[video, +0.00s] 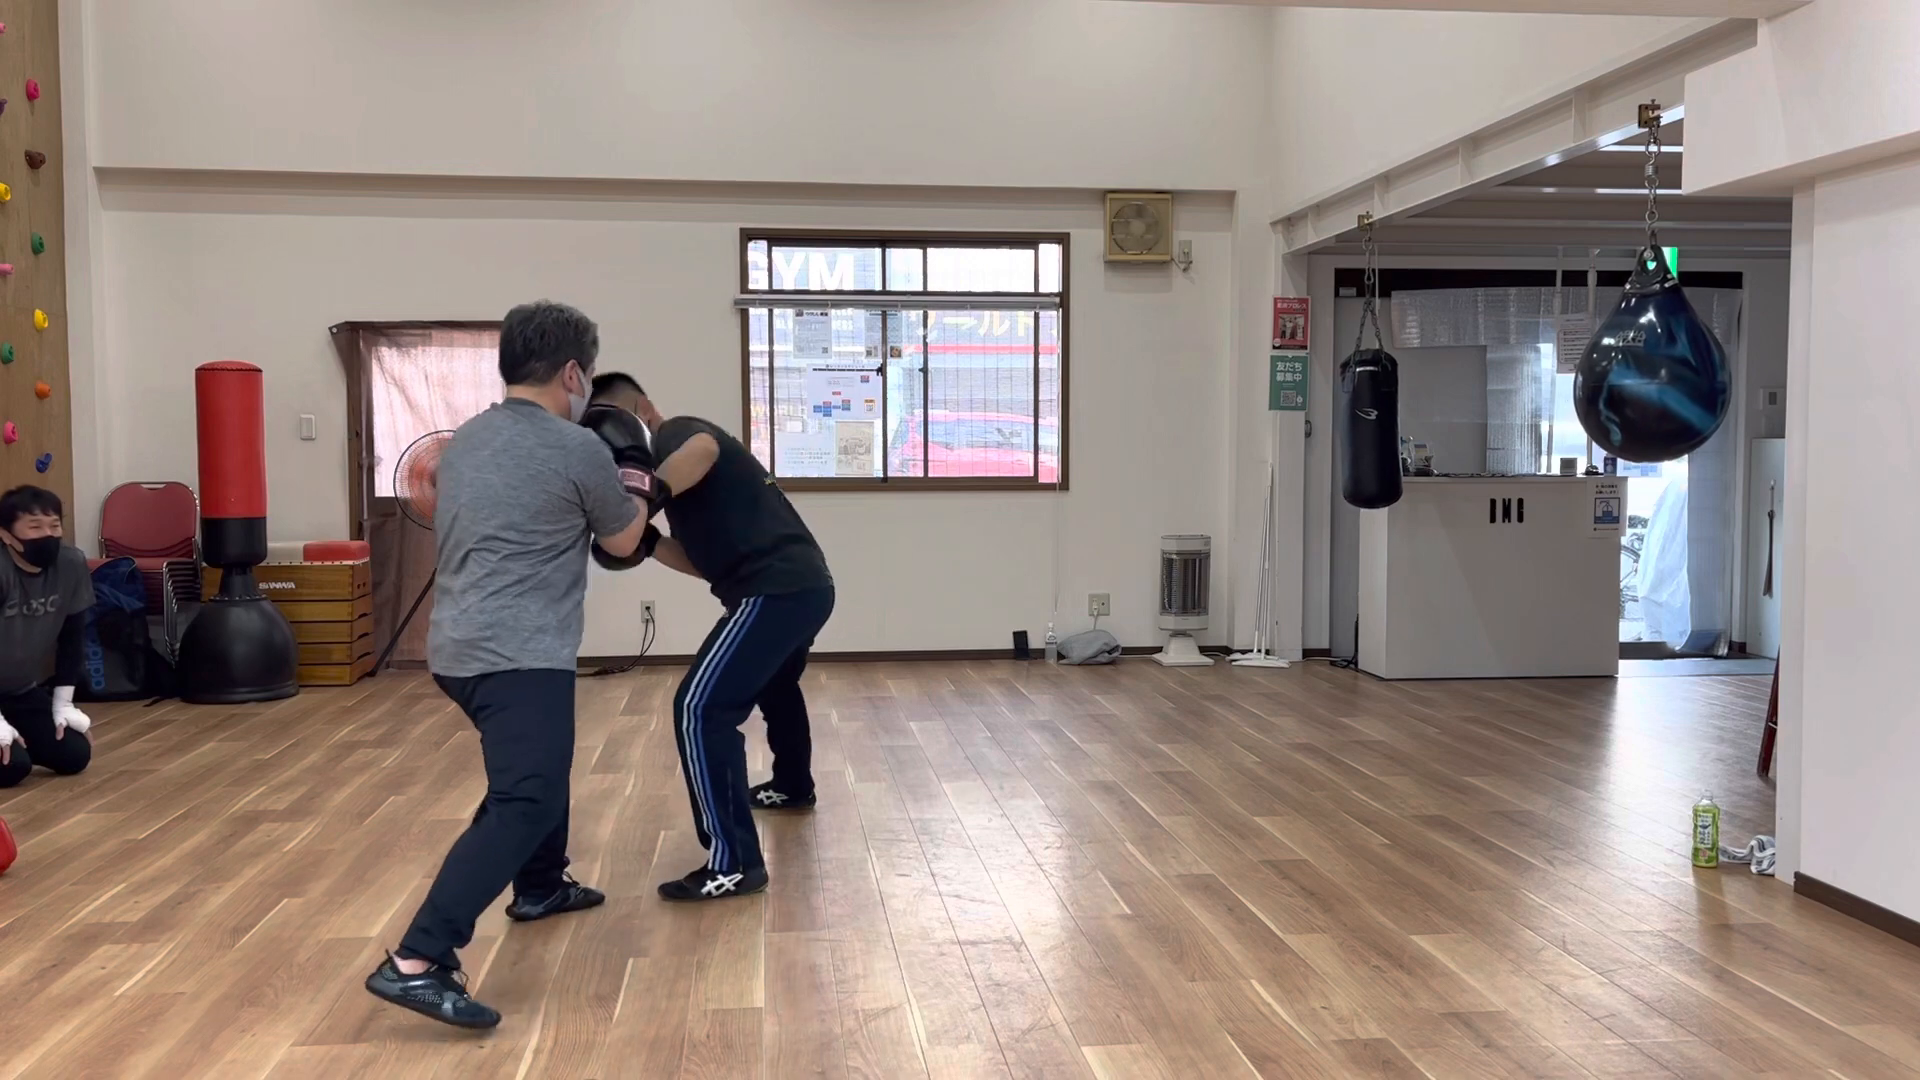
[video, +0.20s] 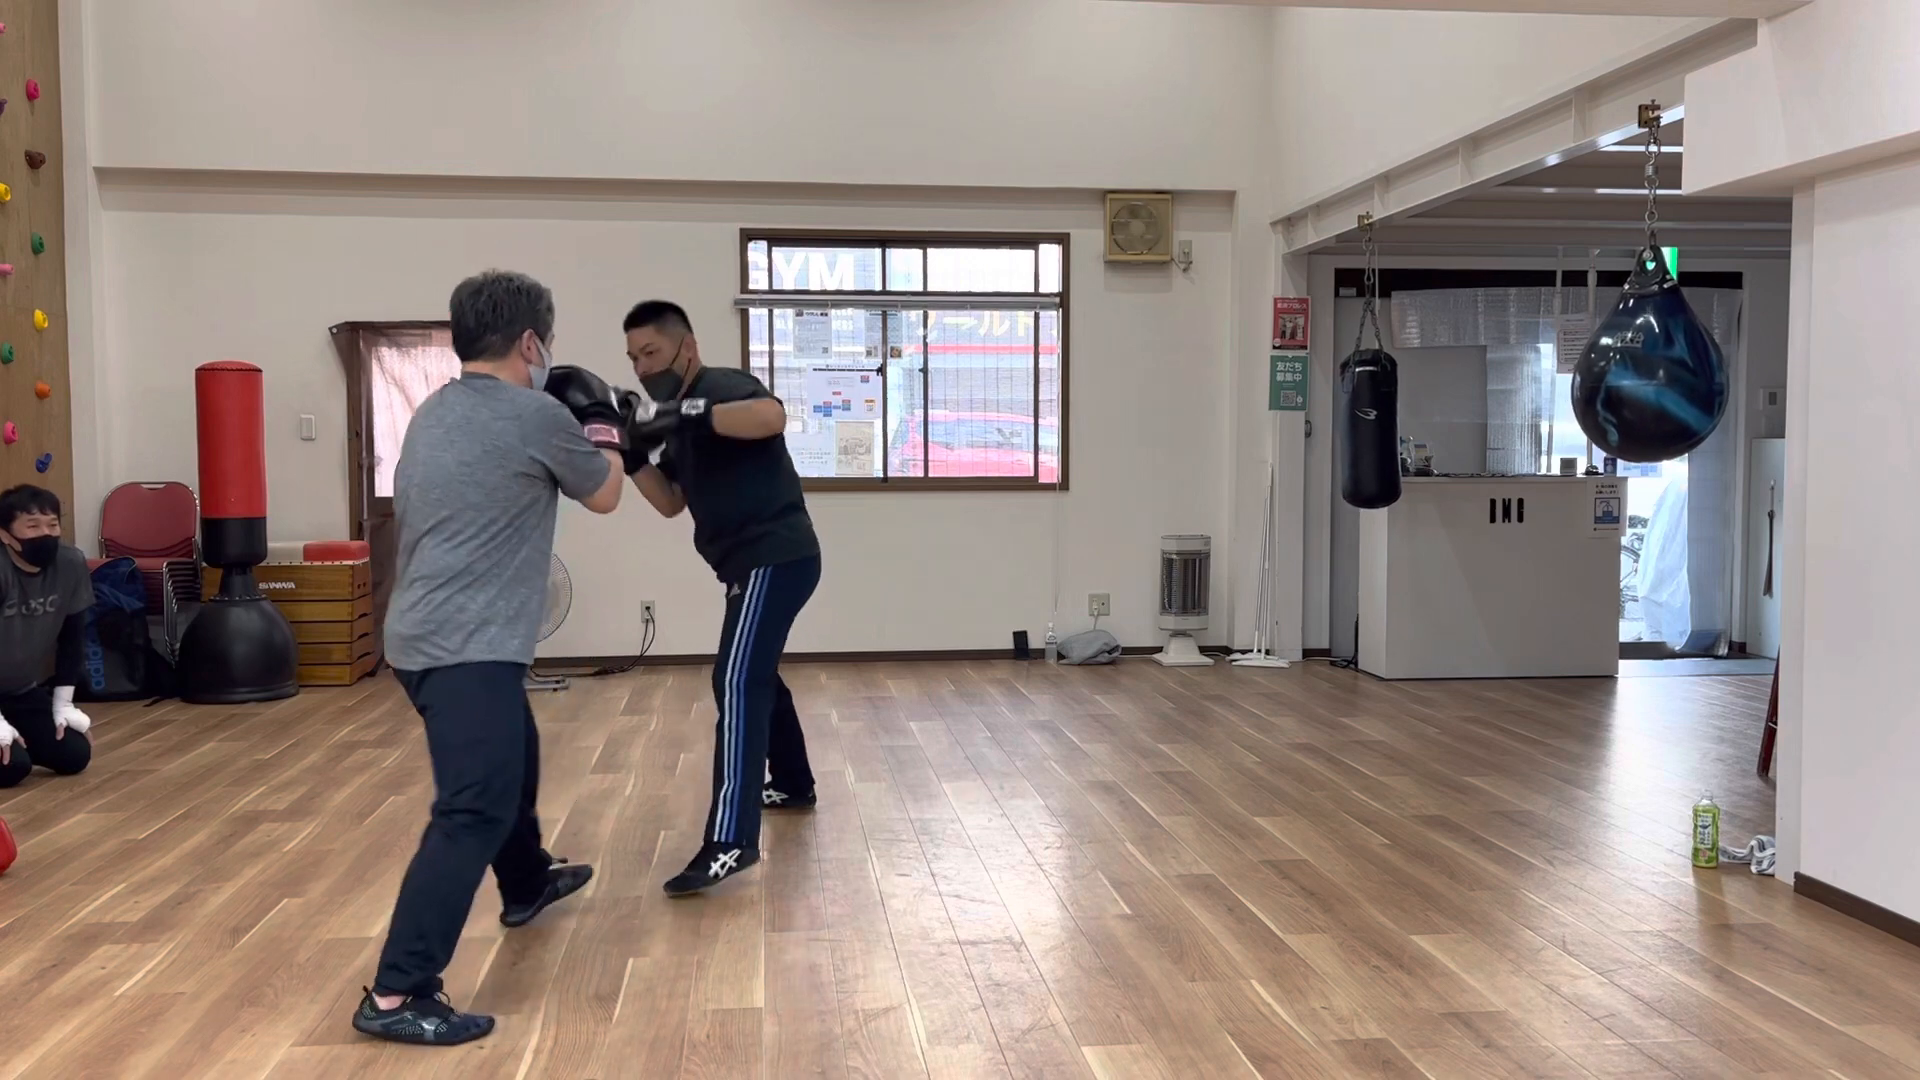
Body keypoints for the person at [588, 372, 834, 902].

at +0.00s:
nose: (609, 434)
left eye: (612, 420)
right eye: (601, 426)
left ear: (644, 410)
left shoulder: (676, 432)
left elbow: (703, 447)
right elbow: (708, 564)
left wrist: (653, 483)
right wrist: (641, 537)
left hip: (774, 590)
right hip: (799, 587)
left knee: (698, 710)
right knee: (778, 689)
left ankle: (733, 865)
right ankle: (794, 784)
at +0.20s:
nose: (644, 366)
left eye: (652, 353)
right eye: (636, 359)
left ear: (687, 346)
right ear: (633, 364)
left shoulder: (722, 384)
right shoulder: (670, 418)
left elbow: (773, 418)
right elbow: (669, 503)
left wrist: (694, 411)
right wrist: (630, 448)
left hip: (777, 555)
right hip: (745, 562)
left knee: (736, 680)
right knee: (756, 673)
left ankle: (731, 842)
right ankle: (792, 783)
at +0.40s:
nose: (662, 334)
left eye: (672, 321)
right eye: (655, 324)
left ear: (703, 319)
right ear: (652, 330)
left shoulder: (743, 371)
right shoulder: (670, 398)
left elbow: (741, 431)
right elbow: (642, 467)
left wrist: (705, 355)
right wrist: (615, 398)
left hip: (770, 549)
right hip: (723, 558)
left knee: (740, 676)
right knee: (749, 672)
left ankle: (728, 830)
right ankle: (792, 782)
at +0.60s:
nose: (666, 335)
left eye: (676, 322)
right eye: (657, 325)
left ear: (709, 317)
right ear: (651, 326)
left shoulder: (744, 373)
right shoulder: (667, 383)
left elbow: (748, 449)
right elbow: (642, 462)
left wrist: (688, 395)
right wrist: (618, 406)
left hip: (758, 552)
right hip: (708, 556)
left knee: (737, 682)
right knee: (729, 675)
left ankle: (724, 831)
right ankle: (787, 775)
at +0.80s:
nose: (664, 347)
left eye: (674, 335)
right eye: (655, 338)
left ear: (707, 328)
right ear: (650, 339)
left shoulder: (747, 384)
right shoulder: (661, 395)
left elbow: (754, 461)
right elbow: (631, 469)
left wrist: (704, 394)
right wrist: (611, 406)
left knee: (708, 670)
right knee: (712, 673)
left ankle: (715, 825)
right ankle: (784, 768)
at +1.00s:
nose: (635, 343)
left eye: (647, 331)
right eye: (627, 333)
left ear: (681, 326)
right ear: (622, 332)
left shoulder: (714, 385)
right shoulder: (638, 394)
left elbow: (740, 458)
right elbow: (603, 461)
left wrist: (667, 414)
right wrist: (578, 397)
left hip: (715, 560)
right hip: (678, 562)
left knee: (672, 689)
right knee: (712, 672)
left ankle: (657, 850)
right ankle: (777, 762)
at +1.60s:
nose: (644, 335)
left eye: (653, 321)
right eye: (637, 325)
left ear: (691, 317)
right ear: (635, 327)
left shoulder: (731, 382)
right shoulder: (654, 389)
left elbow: (728, 458)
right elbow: (618, 464)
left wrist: (670, 391)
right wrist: (593, 396)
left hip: (713, 565)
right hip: (670, 564)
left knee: (661, 694)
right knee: (692, 686)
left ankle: (653, 852)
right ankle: (748, 802)